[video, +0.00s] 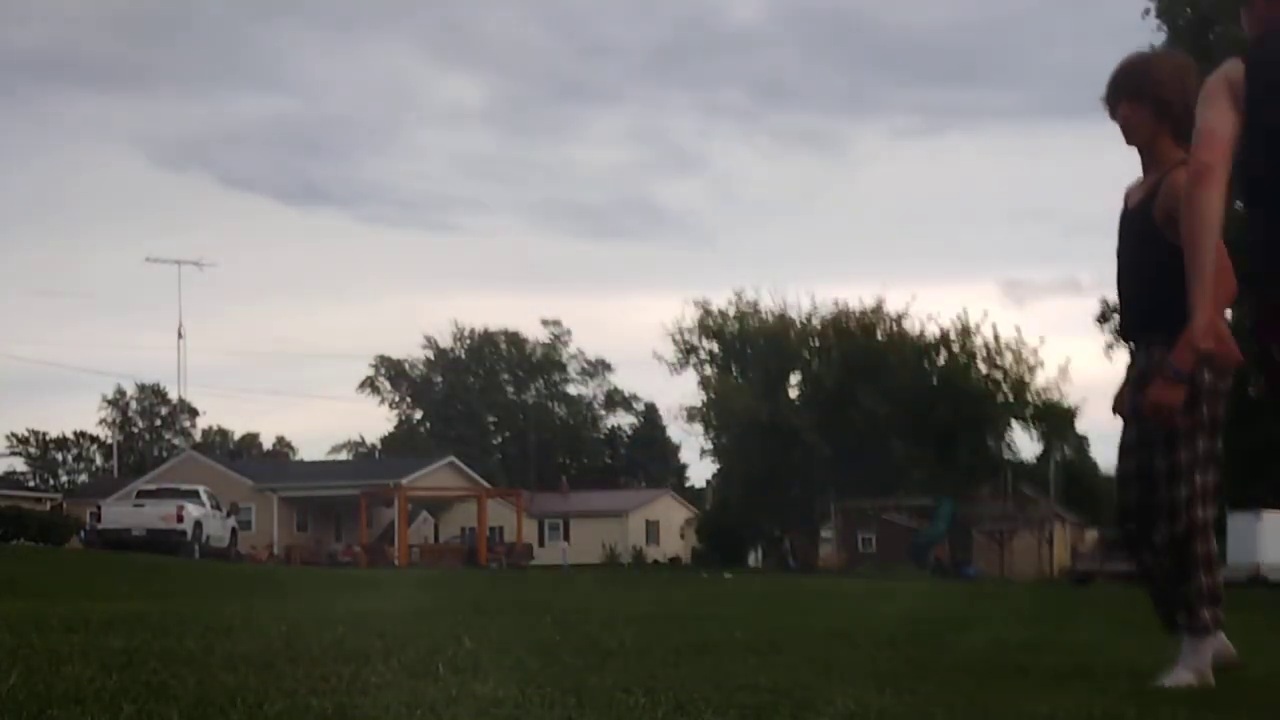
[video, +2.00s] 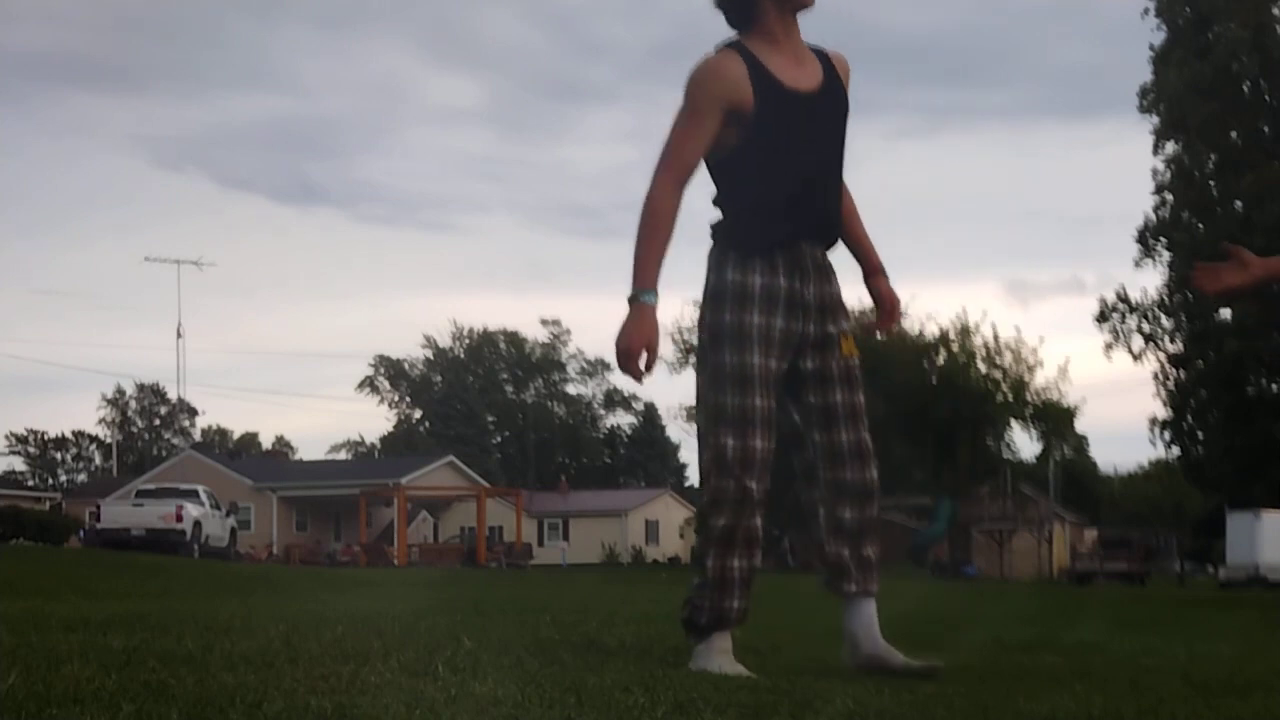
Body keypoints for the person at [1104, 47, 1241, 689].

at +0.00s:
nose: (1117, 123)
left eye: (1123, 111)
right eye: (1115, 112)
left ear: (1155, 108)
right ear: (1141, 111)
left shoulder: (1185, 185)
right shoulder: (1138, 193)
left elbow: (1220, 283)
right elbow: (1150, 290)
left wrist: (1178, 367)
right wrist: (1135, 369)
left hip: (1192, 359)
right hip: (1150, 360)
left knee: (1186, 499)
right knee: (1146, 502)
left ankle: (1198, 648)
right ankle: (1202, 633)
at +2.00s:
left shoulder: (833, 66)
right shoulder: (723, 71)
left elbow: (827, 180)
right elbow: (667, 185)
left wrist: (875, 271)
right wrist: (642, 301)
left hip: (818, 276)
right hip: (747, 277)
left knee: (848, 454)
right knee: (741, 459)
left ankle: (863, 633)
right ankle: (714, 643)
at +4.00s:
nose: (1010, 65)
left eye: (1010, 54)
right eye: (1003, 52)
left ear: (954, 57)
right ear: (969, 55)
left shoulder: (934, 124)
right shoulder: (942, 123)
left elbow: (892, 217)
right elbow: (894, 206)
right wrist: (866, 303)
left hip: (905, 307)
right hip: (915, 309)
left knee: (912, 471)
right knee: (943, 468)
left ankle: (885, 634)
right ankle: (937, 649)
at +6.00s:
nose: (1215, 287)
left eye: (1215, 272)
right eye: (1206, 270)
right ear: (1165, 267)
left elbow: (1111, 508)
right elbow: (1077, 423)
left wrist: (1112, 626)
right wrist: (1196, 504)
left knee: (1020, 658)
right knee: (1058, 461)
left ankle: (932, 646)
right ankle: (1050, 664)